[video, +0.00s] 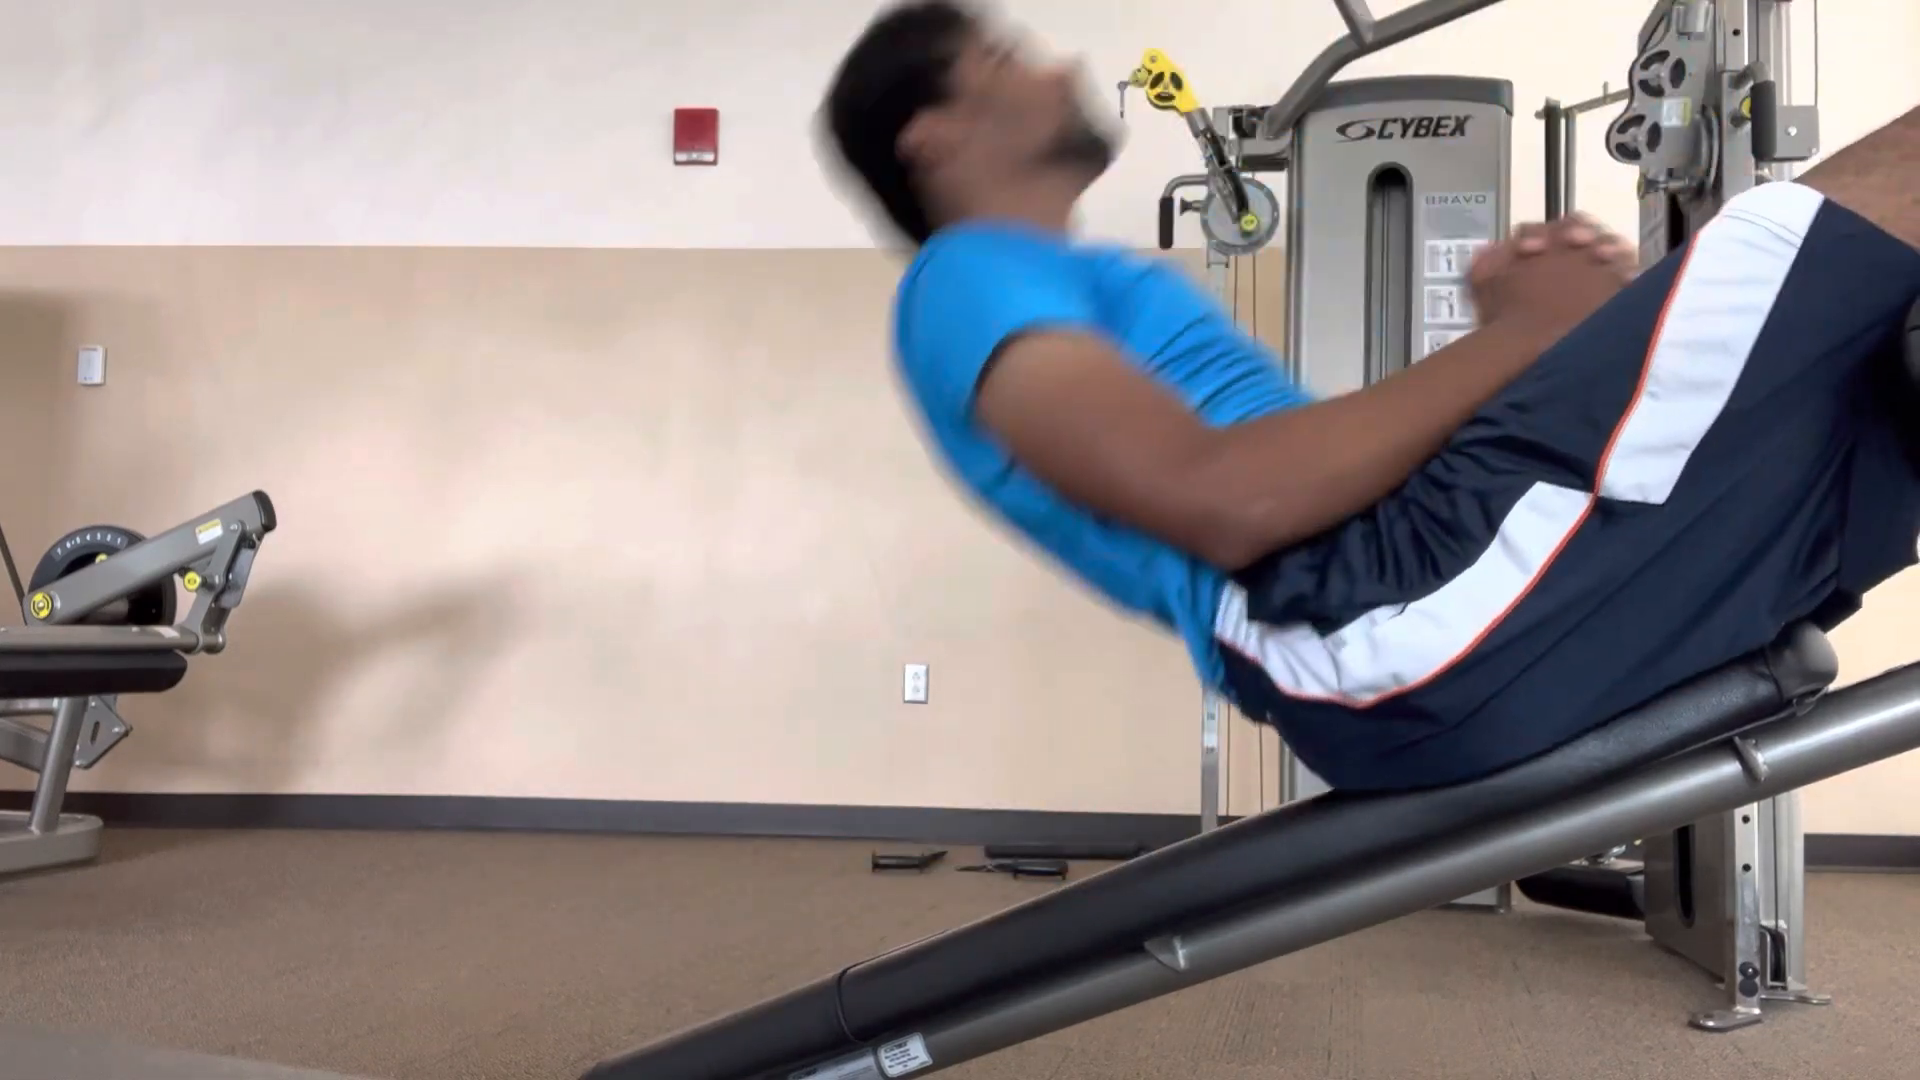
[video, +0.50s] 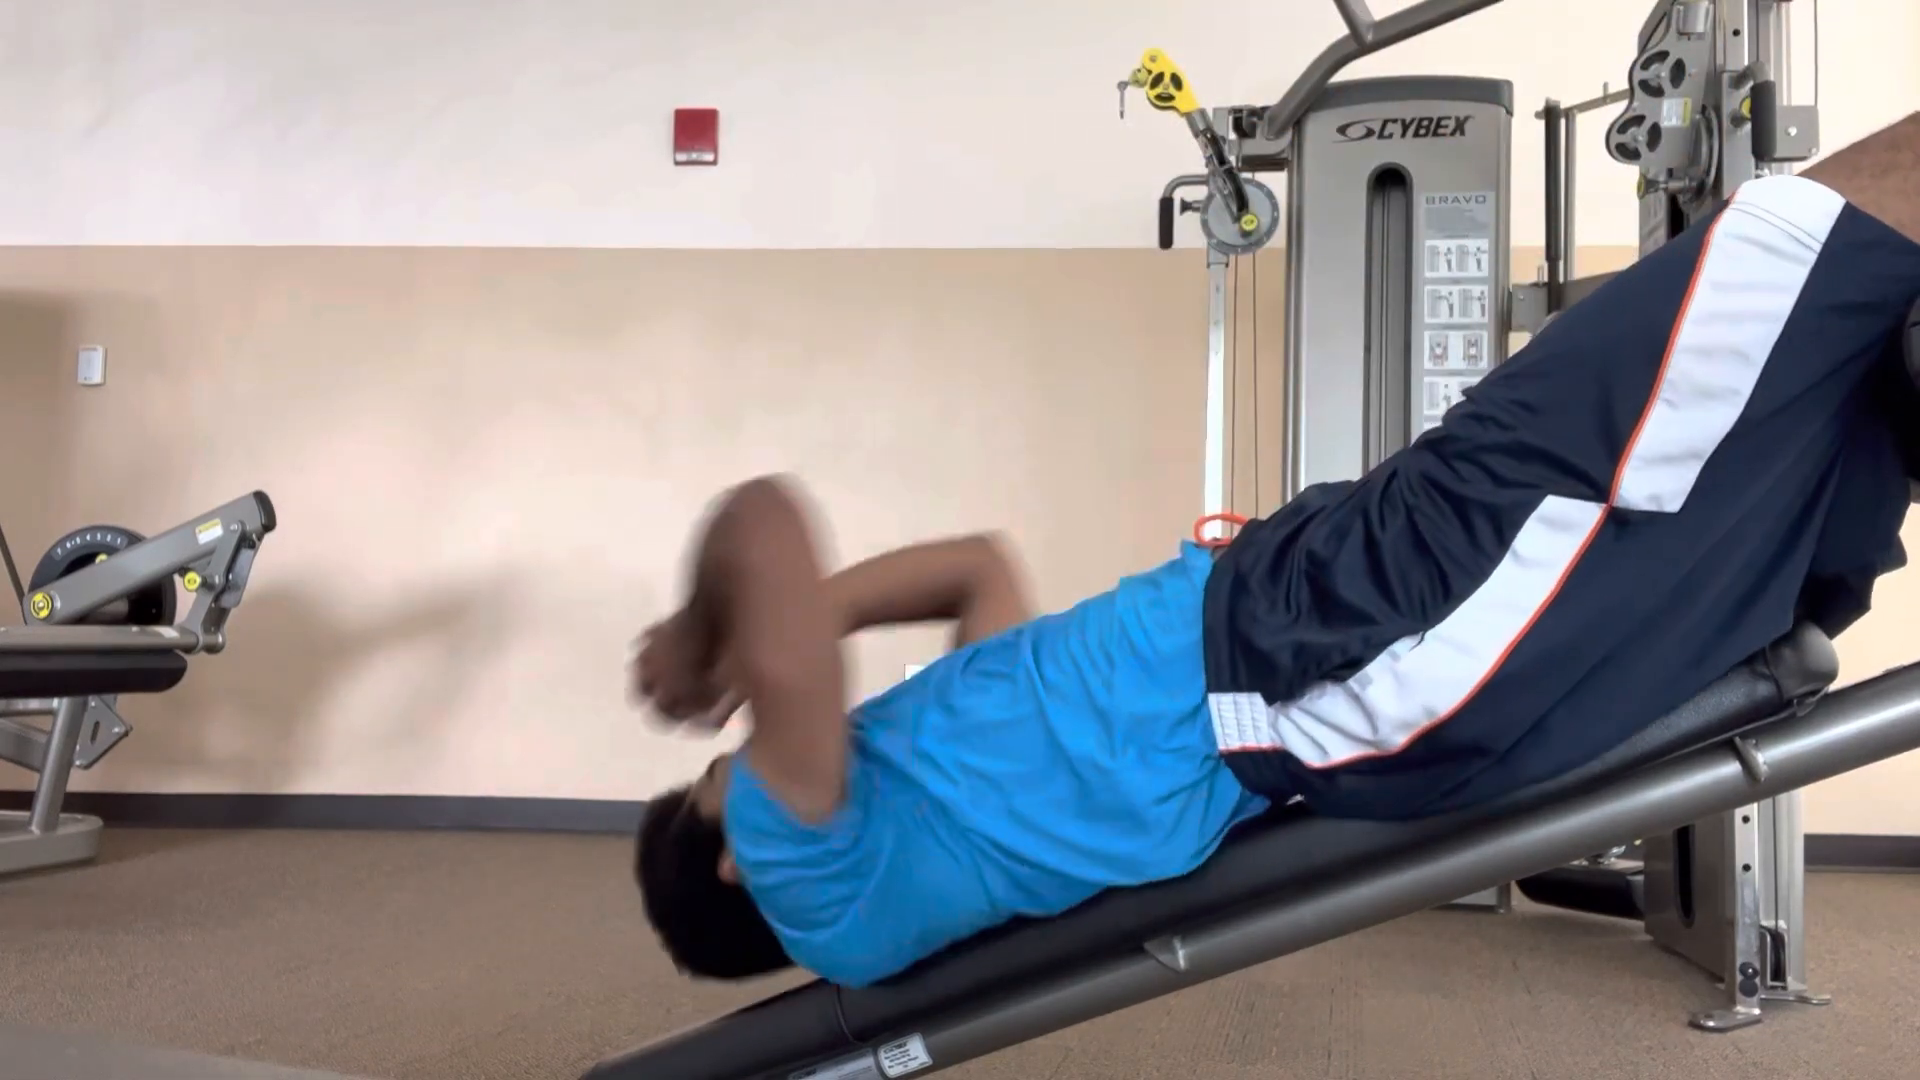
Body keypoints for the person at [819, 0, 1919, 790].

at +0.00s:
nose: (1055, 55)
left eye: (1027, 38)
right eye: (1007, 48)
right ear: (939, 125)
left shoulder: (1088, 291)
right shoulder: (970, 282)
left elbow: (1277, 493)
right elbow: (1216, 502)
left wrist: (1504, 341)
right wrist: (1514, 345)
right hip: (1369, 629)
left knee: (1901, 437)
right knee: (1894, 169)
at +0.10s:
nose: (925, 234)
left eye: (893, 222)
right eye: (878, 233)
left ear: (850, 311)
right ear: (825, 313)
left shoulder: (953, 442)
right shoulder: (880, 446)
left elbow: (1200, 566)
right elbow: (1174, 577)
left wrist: (1397, 376)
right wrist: (1405, 361)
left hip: (1390, 633)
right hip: (1345, 648)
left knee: (1894, 431)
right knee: (1889, 166)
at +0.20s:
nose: (840, 396)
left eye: (812, 388)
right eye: (790, 403)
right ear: (753, 498)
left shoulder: (928, 567)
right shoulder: (834, 587)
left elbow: (1274, 540)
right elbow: (1122, 632)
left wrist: (1228, 402)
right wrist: (1212, 381)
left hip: (1348, 623)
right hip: (1319, 667)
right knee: (1860, 192)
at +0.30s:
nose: (793, 542)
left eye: (765, 538)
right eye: (749, 564)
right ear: (731, 659)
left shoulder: (919, 665)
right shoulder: (814, 715)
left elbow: (1225, 539)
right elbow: (1081, 590)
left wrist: (1050, 449)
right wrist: (1007, 437)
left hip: (1318, 622)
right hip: (1294, 665)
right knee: (1874, 180)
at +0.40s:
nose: (779, 672)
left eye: (763, 670)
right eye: (749, 692)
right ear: (745, 778)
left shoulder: (931, 786)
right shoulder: (822, 815)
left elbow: (1142, 536)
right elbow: (961, 515)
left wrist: (934, 519)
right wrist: (847, 521)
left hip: (1336, 604)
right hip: (1324, 660)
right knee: (1876, 183)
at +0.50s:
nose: (744, 759)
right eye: (726, 783)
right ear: (738, 838)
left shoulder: (892, 811)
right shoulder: (800, 846)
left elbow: (972, 571)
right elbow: (756, 513)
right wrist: (706, 638)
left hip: (1326, 591)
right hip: (1317, 669)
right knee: (1864, 191)